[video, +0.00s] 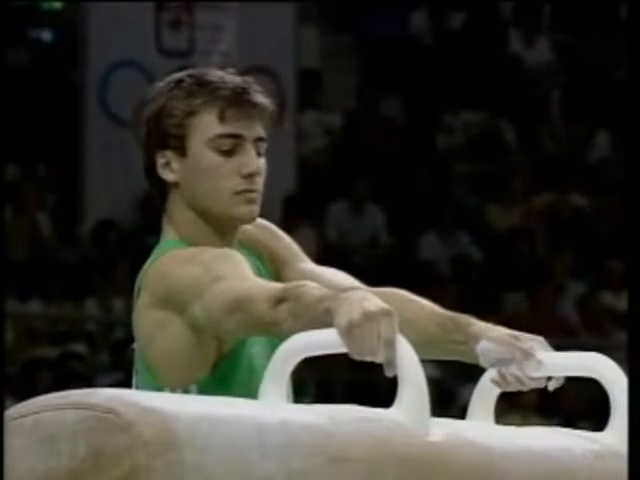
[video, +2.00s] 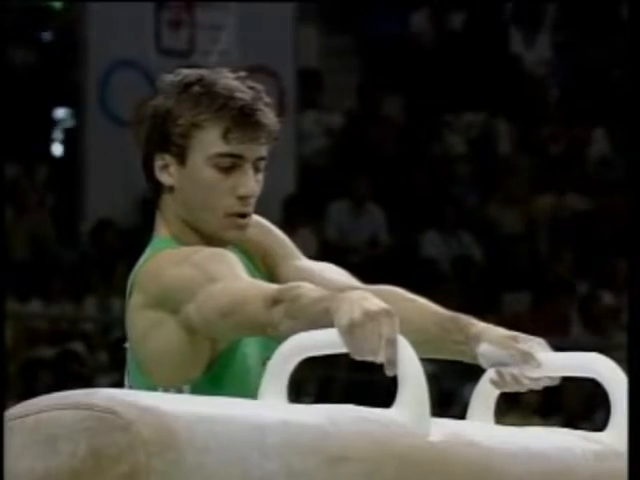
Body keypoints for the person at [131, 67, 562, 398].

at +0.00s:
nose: (254, 168)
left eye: (258, 149)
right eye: (227, 150)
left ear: (266, 154)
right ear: (169, 166)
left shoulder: (257, 241)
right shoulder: (183, 271)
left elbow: (359, 296)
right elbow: (271, 306)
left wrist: (479, 339)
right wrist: (343, 303)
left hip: (246, 467)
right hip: (186, 471)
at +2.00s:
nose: (250, 187)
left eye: (258, 166)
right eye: (227, 166)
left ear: (267, 164)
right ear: (167, 170)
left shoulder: (251, 238)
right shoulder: (177, 271)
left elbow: (355, 294)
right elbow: (270, 307)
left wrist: (480, 338)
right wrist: (341, 304)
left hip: (240, 466)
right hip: (181, 470)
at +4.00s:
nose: (360, 191)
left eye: (363, 186)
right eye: (362, 184)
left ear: (332, 163)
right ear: (355, 172)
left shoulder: (293, 173)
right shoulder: (350, 186)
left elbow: (253, 250)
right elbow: (318, 246)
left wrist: (262, 311)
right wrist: (297, 309)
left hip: (228, 210)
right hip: (263, 216)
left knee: (169, 283)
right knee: (202, 294)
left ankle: (109, 369)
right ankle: (122, 373)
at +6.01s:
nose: (310, 199)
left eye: (309, 194)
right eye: (307, 197)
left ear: (315, 181)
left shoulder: (331, 182)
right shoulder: (353, 213)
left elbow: (317, 210)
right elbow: (339, 267)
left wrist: (297, 221)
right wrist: (333, 308)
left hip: (325, 236)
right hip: (333, 262)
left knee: (283, 264)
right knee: (286, 288)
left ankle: (247, 291)